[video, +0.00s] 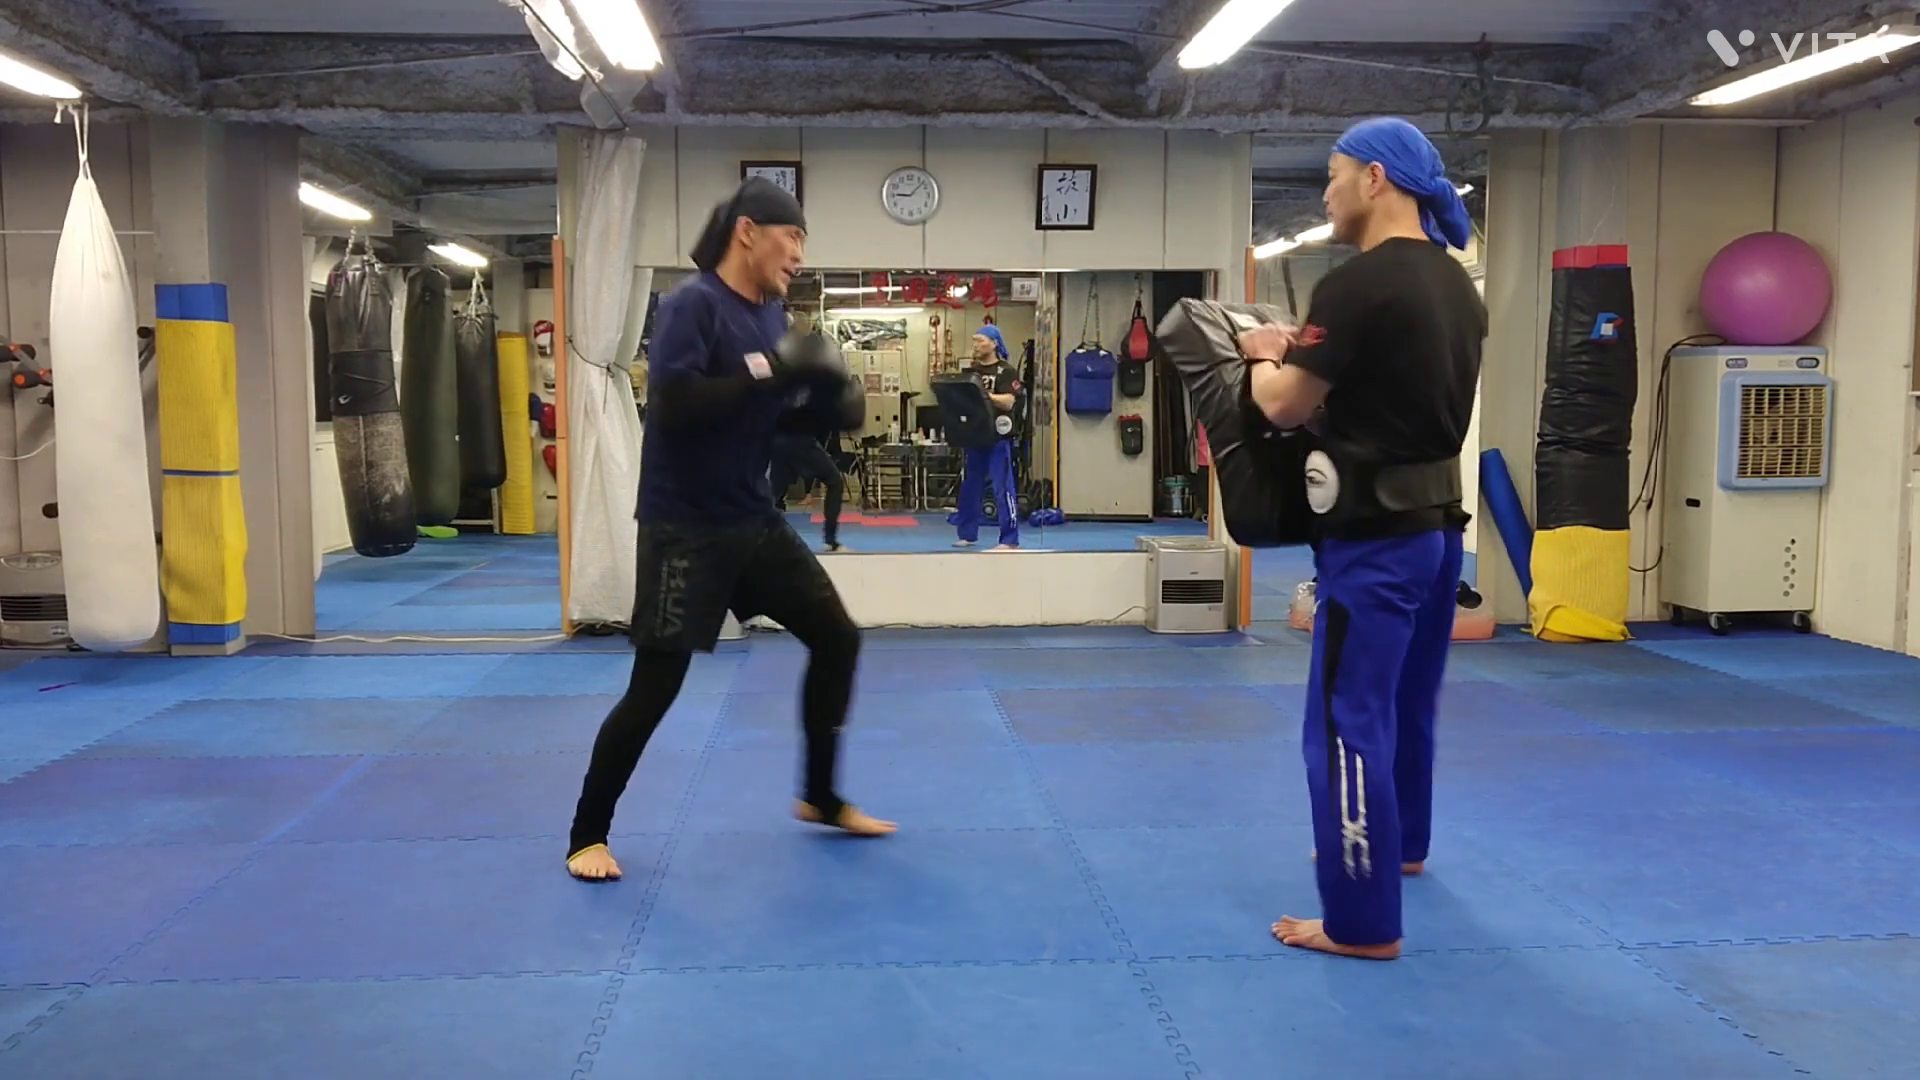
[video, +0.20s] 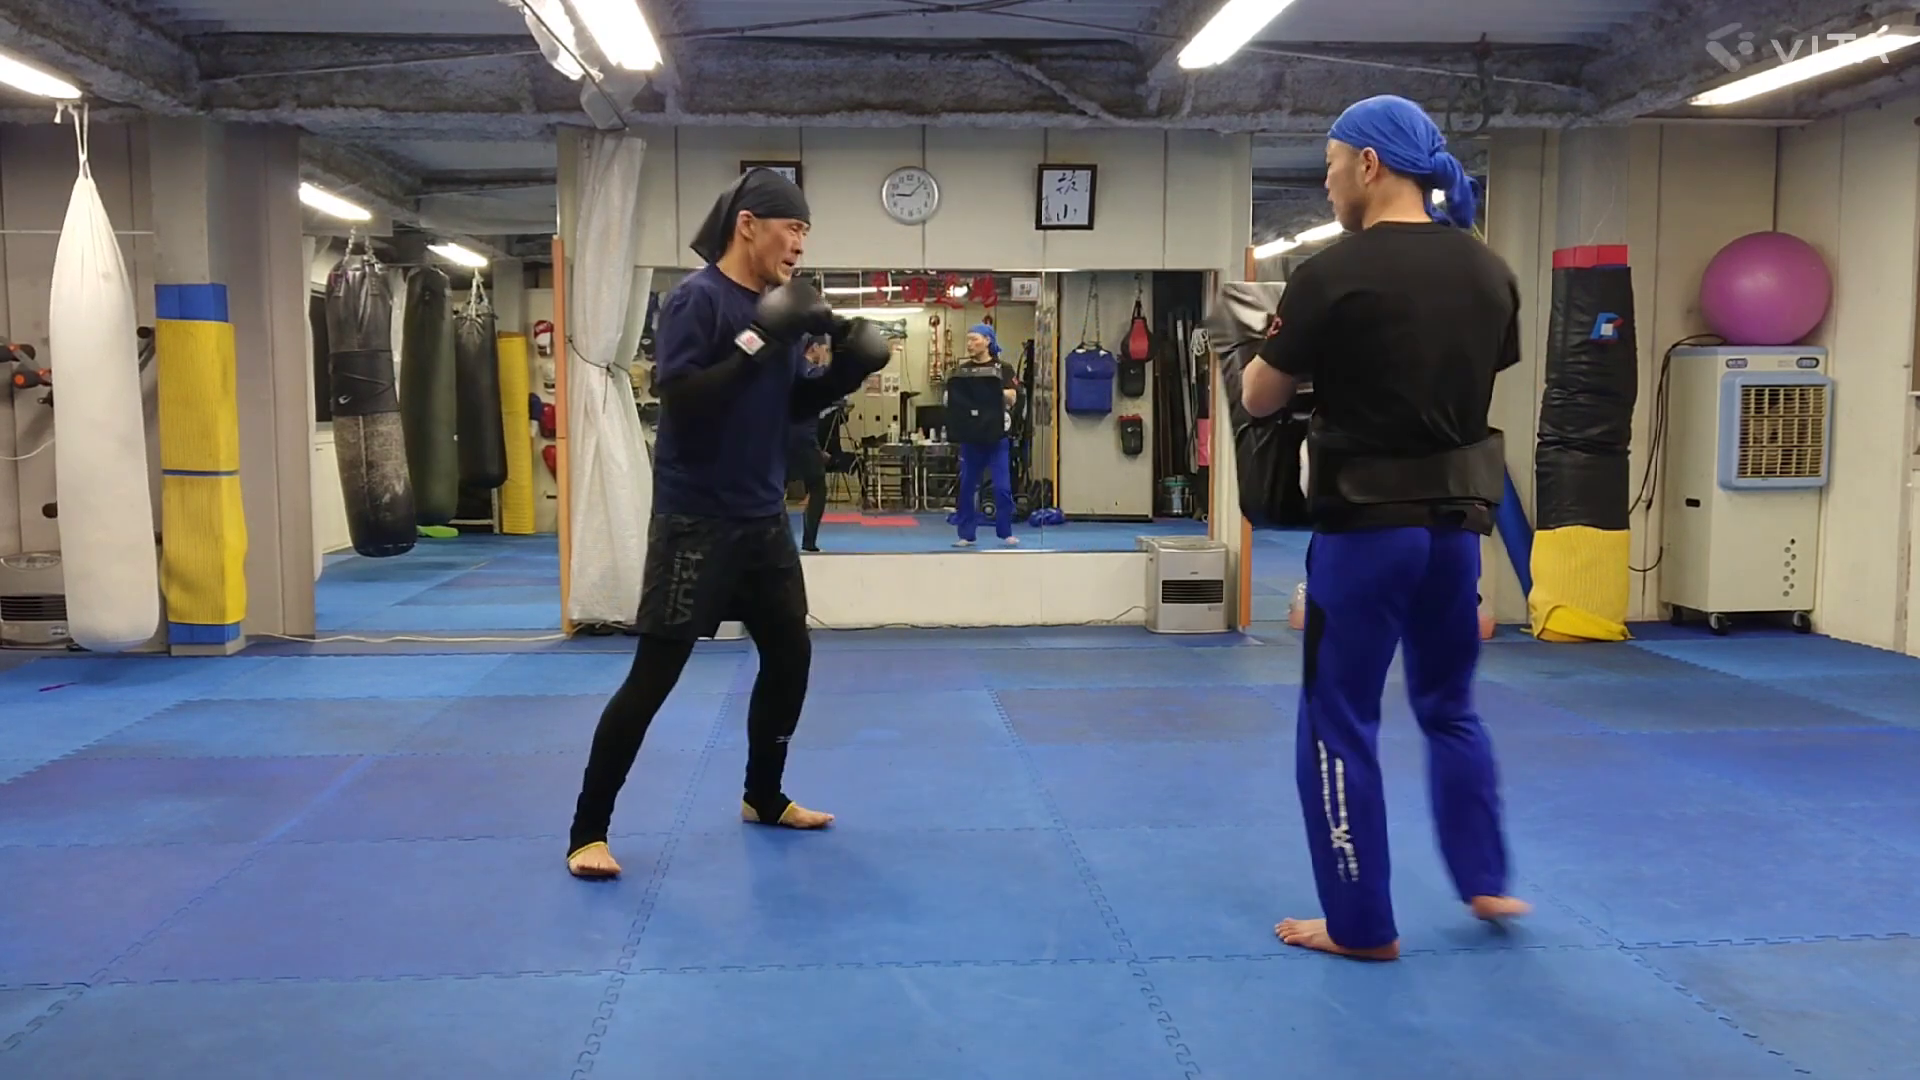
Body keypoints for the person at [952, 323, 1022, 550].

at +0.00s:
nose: (975, 345)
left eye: (980, 341)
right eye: (975, 341)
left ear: (994, 344)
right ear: (978, 344)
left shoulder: (1008, 372)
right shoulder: (972, 371)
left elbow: (1009, 402)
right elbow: (963, 398)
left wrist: (982, 395)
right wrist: (944, 386)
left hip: (1000, 436)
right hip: (975, 435)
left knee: (1002, 487)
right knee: (971, 484)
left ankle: (1009, 539)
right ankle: (967, 534)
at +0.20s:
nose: (970, 344)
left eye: (974, 339)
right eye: (968, 340)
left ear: (988, 342)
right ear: (968, 343)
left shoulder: (1003, 369)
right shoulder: (963, 369)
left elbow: (1013, 397)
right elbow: (953, 399)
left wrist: (990, 393)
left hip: (998, 434)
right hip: (971, 434)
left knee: (1002, 487)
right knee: (967, 486)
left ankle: (1005, 533)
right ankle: (966, 535)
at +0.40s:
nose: (975, 349)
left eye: (979, 345)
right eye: (972, 345)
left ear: (991, 347)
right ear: (970, 348)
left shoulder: (1006, 376)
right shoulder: (964, 375)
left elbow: (1013, 407)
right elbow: (951, 403)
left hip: (997, 442)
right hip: (969, 441)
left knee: (1002, 488)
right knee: (958, 484)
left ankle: (1002, 531)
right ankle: (962, 534)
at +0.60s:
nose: (976, 357)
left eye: (980, 352)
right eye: (972, 352)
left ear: (991, 356)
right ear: (968, 356)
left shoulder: (1000, 382)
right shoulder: (962, 380)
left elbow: (1011, 413)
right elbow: (953, 411)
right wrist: (981, 406)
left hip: (996, 447)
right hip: (969, 445)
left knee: (1004, 494)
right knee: (952, 491)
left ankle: (1002, 535)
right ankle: (925, 535)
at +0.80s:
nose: (970, 361)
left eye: (975, 356)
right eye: (967, 356)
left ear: (985, 360)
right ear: (963, 359)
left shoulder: (992, 384)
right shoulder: (953, 384)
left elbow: (1002, 410)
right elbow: (948, 411)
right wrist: (973, 403)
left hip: (990, 449)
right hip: (962, 448)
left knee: (1003, 496)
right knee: (947, 494)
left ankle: (1002, 535)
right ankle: (923, 537)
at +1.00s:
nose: (968, 362)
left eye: (973, 357)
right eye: (966, 357)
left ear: (984, 359)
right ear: (962, 358)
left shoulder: (993, 382)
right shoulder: (954, 382)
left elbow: (1002, 412)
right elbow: (943, 410)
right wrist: (966, 400)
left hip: (987, 447)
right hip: (959, 447)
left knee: (999, 495)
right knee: (945, 495)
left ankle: (1001, 535)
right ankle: (929, 536)